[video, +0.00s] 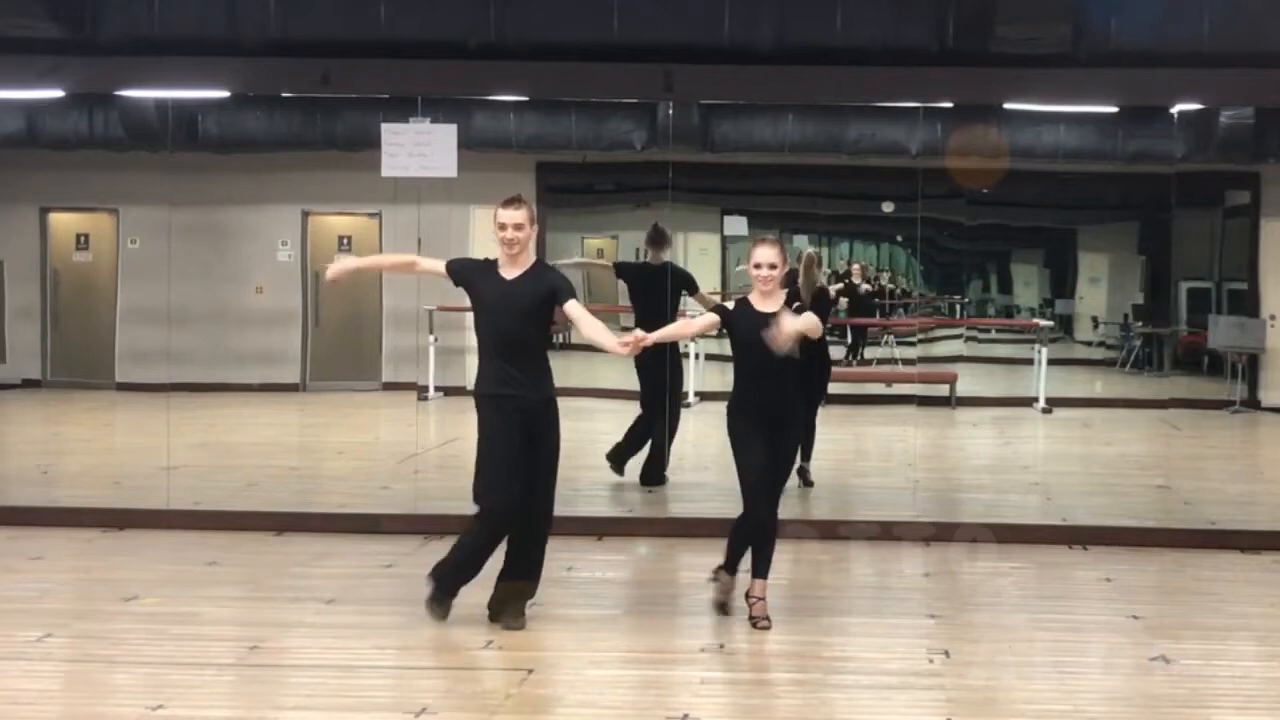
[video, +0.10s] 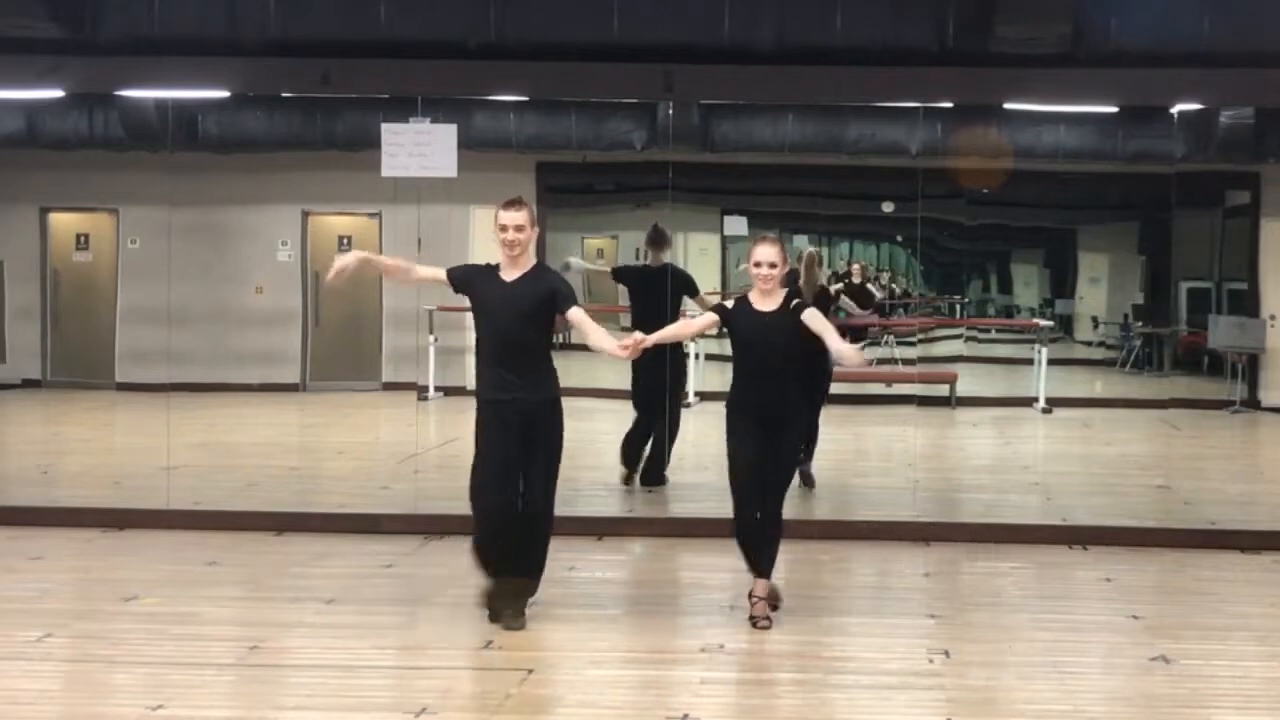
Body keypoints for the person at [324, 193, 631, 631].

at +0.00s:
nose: (510, 235)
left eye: (518, 227)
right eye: (503, 228)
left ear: (533, 230)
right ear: (494, 230)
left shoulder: (549, 279)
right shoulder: (475, 272)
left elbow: (582, 318)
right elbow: (413, 263)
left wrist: (615, 344)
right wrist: (354, 263)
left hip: (540, 404)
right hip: (496, 402)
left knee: (534, 509)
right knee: (500, 507)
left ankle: (510, 603)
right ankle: (445, 582)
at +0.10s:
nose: (510, 236)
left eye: (519, 229)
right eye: (504, 229)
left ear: (534, 232)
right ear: (495, 232)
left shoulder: (550, 282)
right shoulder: (477, 277)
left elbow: (585, 325)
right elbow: (411, 271)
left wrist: (614, 347)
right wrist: (363, 258)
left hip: (541, 408)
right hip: (495, 408)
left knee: (536, 500)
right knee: (489, 497)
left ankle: (517, 597)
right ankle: (500, 578)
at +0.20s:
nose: (512, 238)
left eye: (521, 231)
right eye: (505, 231)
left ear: (536, 235)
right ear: (497, 235)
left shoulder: (552, 286)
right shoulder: (480, 285)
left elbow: (587, 330)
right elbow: (419, 309)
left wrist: (609, 351)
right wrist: (389, 268)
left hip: (533, 405)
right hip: (495, 406)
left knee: (510, 502)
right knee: (527, 496)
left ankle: (514, 600)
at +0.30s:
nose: (512, 239)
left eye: (521, 232)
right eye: (505, 232)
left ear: (535, 236)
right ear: (496, 236)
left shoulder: (551, 289)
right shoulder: (478, 285)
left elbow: (589, 335)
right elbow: (457, 331)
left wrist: (609, 355)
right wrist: (417, 279)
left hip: (527, 409)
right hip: (504, 408)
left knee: (464, 494)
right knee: (560, 496)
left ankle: (519, 583)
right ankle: (577, 583)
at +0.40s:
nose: (512, 238)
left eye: (520, 231)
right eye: (504, 231)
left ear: (533, 236)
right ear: (495, 235)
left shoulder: (550, 288)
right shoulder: (476, 287)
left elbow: (594, 333)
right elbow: (443, 336)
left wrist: (615, 360)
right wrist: (416, 295)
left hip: (522, 408)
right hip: (499, 407)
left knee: (463, 499)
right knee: (543, 493)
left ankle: (511, 596)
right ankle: (575, 575)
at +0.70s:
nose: (501, 218)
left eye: (509, 211)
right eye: (494, 211)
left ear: (524, 216)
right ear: (484, 217)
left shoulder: (545, 270)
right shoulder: (465, 263)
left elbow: (577, 319)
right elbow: (389, 268)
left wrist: (611, 349)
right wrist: (320, 270)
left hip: (528, 392)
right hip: (484, 389)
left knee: (485, 483)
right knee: (492, 491)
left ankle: (453, 581)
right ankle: (495, 606)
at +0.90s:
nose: (497, 210)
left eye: (505, 203)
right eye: (490, 203)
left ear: (521, 210)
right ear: (481, 210)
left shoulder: (541, 263)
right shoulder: (462, 260)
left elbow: (577, 310)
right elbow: (380, 265)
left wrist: (613, 341)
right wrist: (310, 258)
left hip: (521, 395)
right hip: (479, 392)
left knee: (511, 501)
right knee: (496, 501)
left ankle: (468, 594)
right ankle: (475, 612)